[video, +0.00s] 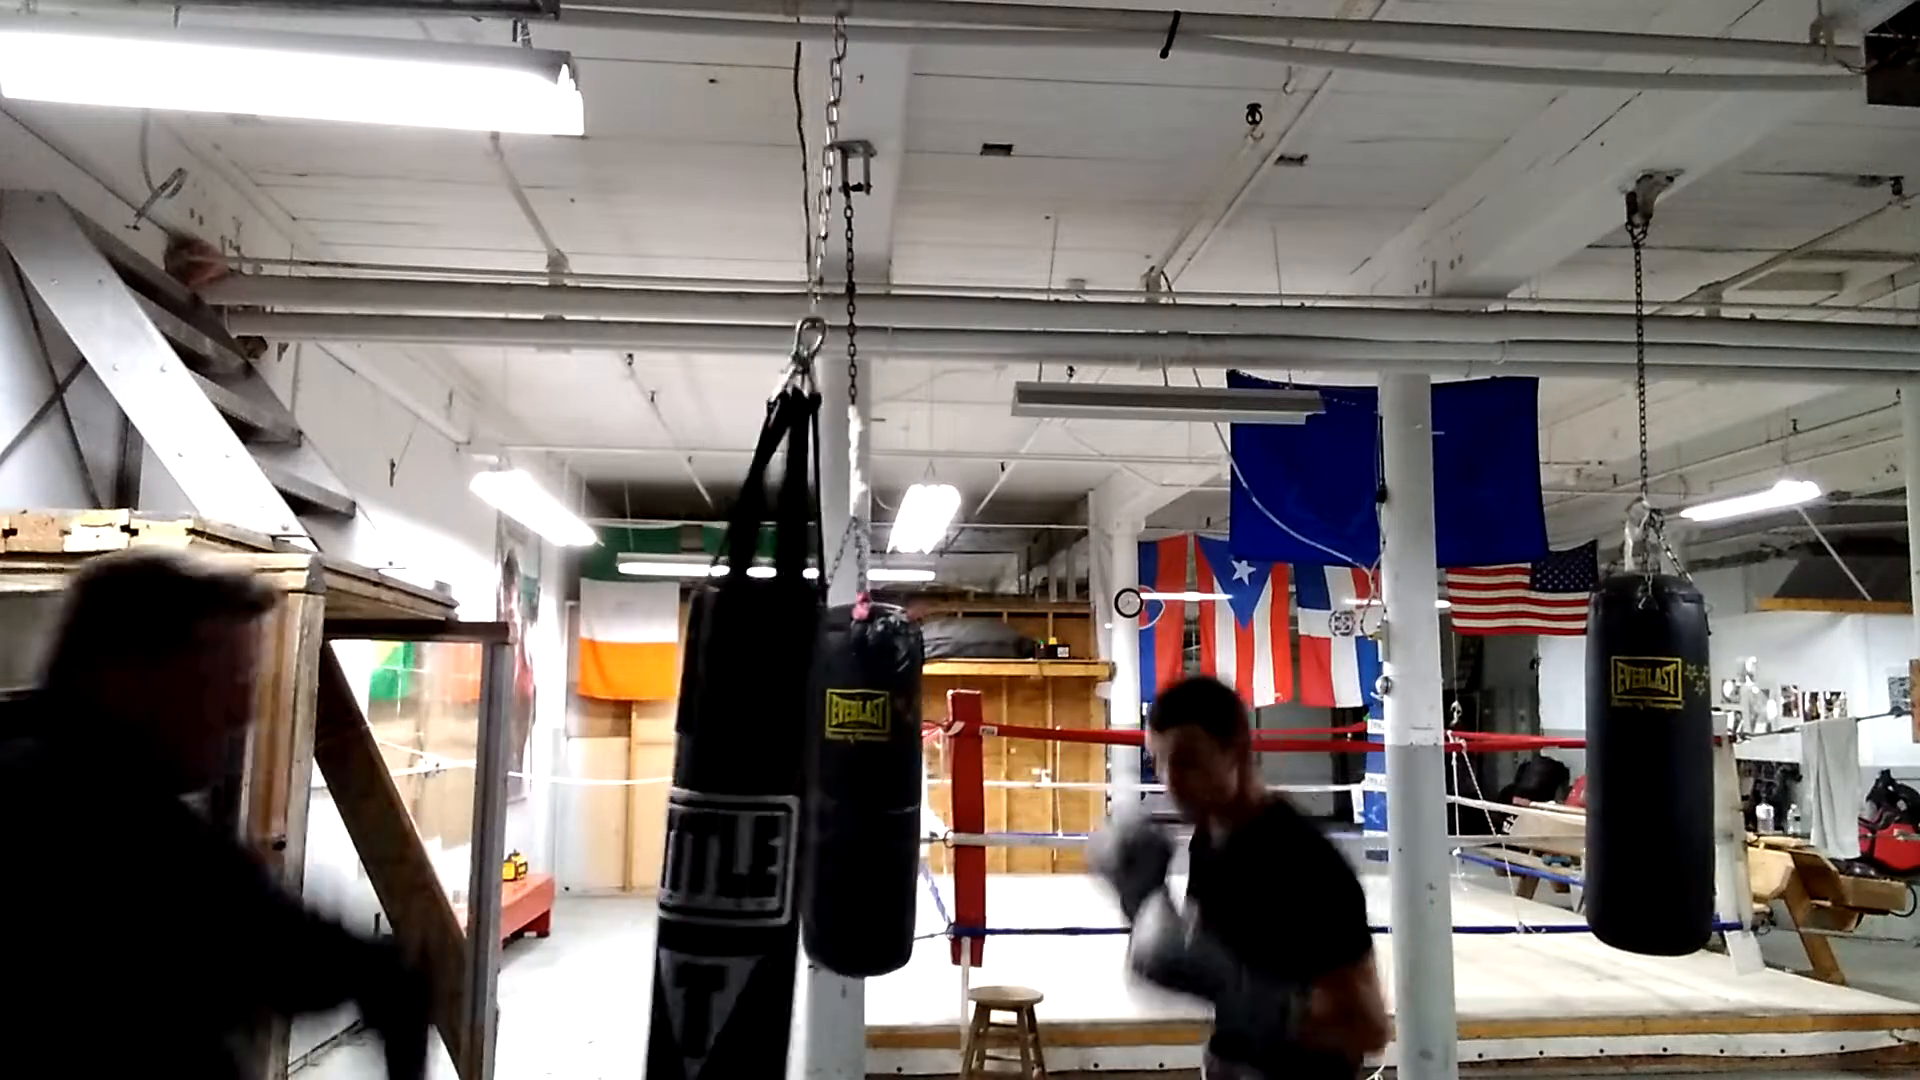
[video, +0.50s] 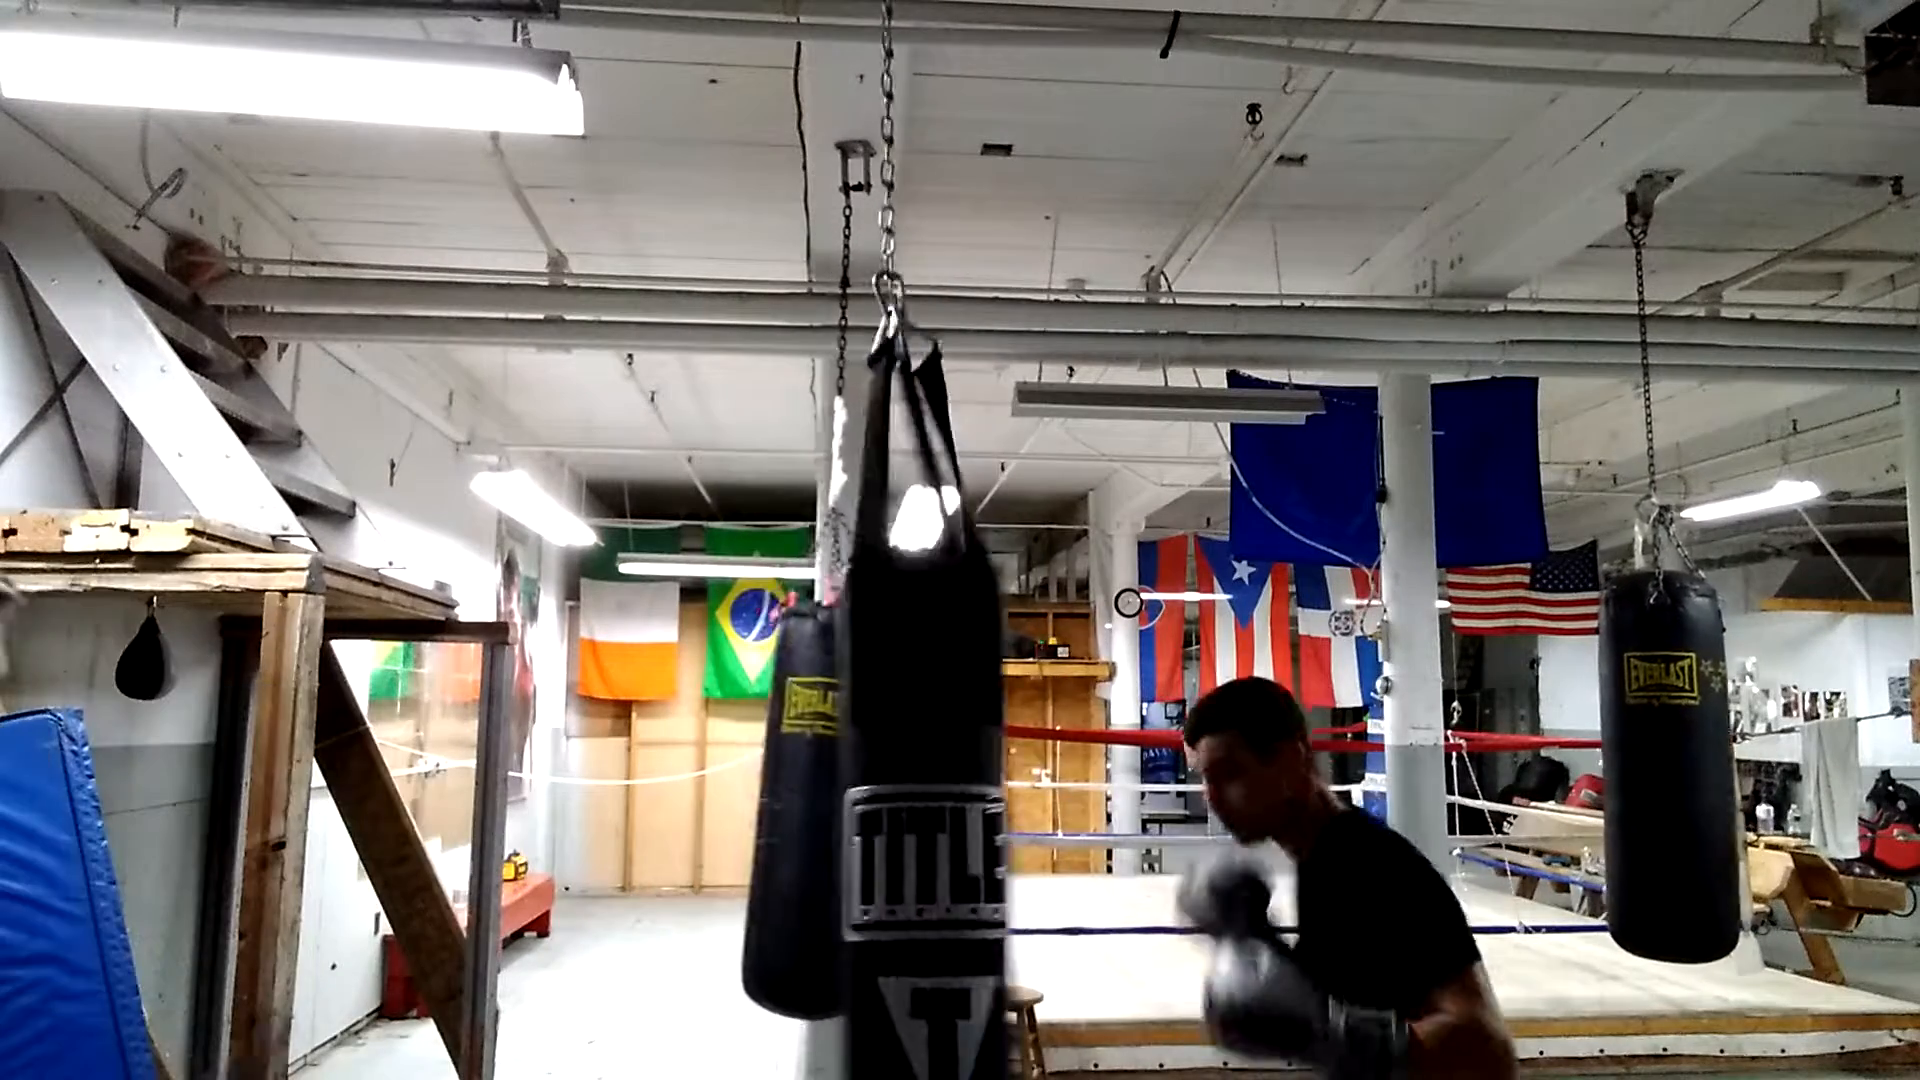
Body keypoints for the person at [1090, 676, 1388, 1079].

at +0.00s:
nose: (1168, 781)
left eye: (1184, 761)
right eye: (1159, 763)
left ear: (1235, 751)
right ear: (1152, 759)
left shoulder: (1305, 857)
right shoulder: (1211, 838)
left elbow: (1367, 1026)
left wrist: (1221, 982)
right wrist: (1145, 897)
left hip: (1307, 1074)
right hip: (1232, 1060)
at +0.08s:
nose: (1176, 744)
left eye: (1191, 722)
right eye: (1168, 725)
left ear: (1243, 711)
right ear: (1159, 723)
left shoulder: (1315, 812)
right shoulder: (1213, 807)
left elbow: (1388, 980)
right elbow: (1190, 938)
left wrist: (1255, 918)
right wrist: (1150, 850)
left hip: (1321, 1050)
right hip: (1246, 1037)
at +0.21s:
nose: (1192, 737)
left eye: (1212, 715)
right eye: (1183, 719)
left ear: (1266, 704)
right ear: (1178, 715)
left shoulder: (1349, 814)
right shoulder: (1223, 810)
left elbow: (1430, 979)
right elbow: (1196, 947)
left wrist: (1291, 923)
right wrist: (1167, 864)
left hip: (1346, 1058)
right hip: (1267, 1050)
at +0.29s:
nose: (1206, 767)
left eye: (1223, 745)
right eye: (1196, 748)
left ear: (1278, 732)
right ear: (1187, 742)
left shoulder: (1377, 855)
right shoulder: (1245, 848)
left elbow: (1446, 1013)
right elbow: (1214, 983)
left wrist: (1278, 968)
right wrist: (1195, 902)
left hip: (1377, 1076)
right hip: (1284, 1066)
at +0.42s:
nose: (1212, 788)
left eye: (1226, 765)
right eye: (1204, 770)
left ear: (1291, 756)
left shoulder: (1383, 871)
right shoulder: (1292, 860)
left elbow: (1467, 1041)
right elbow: (1329, 1005)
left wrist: (1331, 1052)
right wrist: (1249, 976)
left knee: (1235, 1032)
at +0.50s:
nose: (1210, 799)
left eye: (1227, 775)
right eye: (1204, 779)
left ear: (1294, 758)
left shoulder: (1380, 863)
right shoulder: (1317, 864)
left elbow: (1484, 1043)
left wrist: (1326, 1030)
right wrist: (1255, 937)